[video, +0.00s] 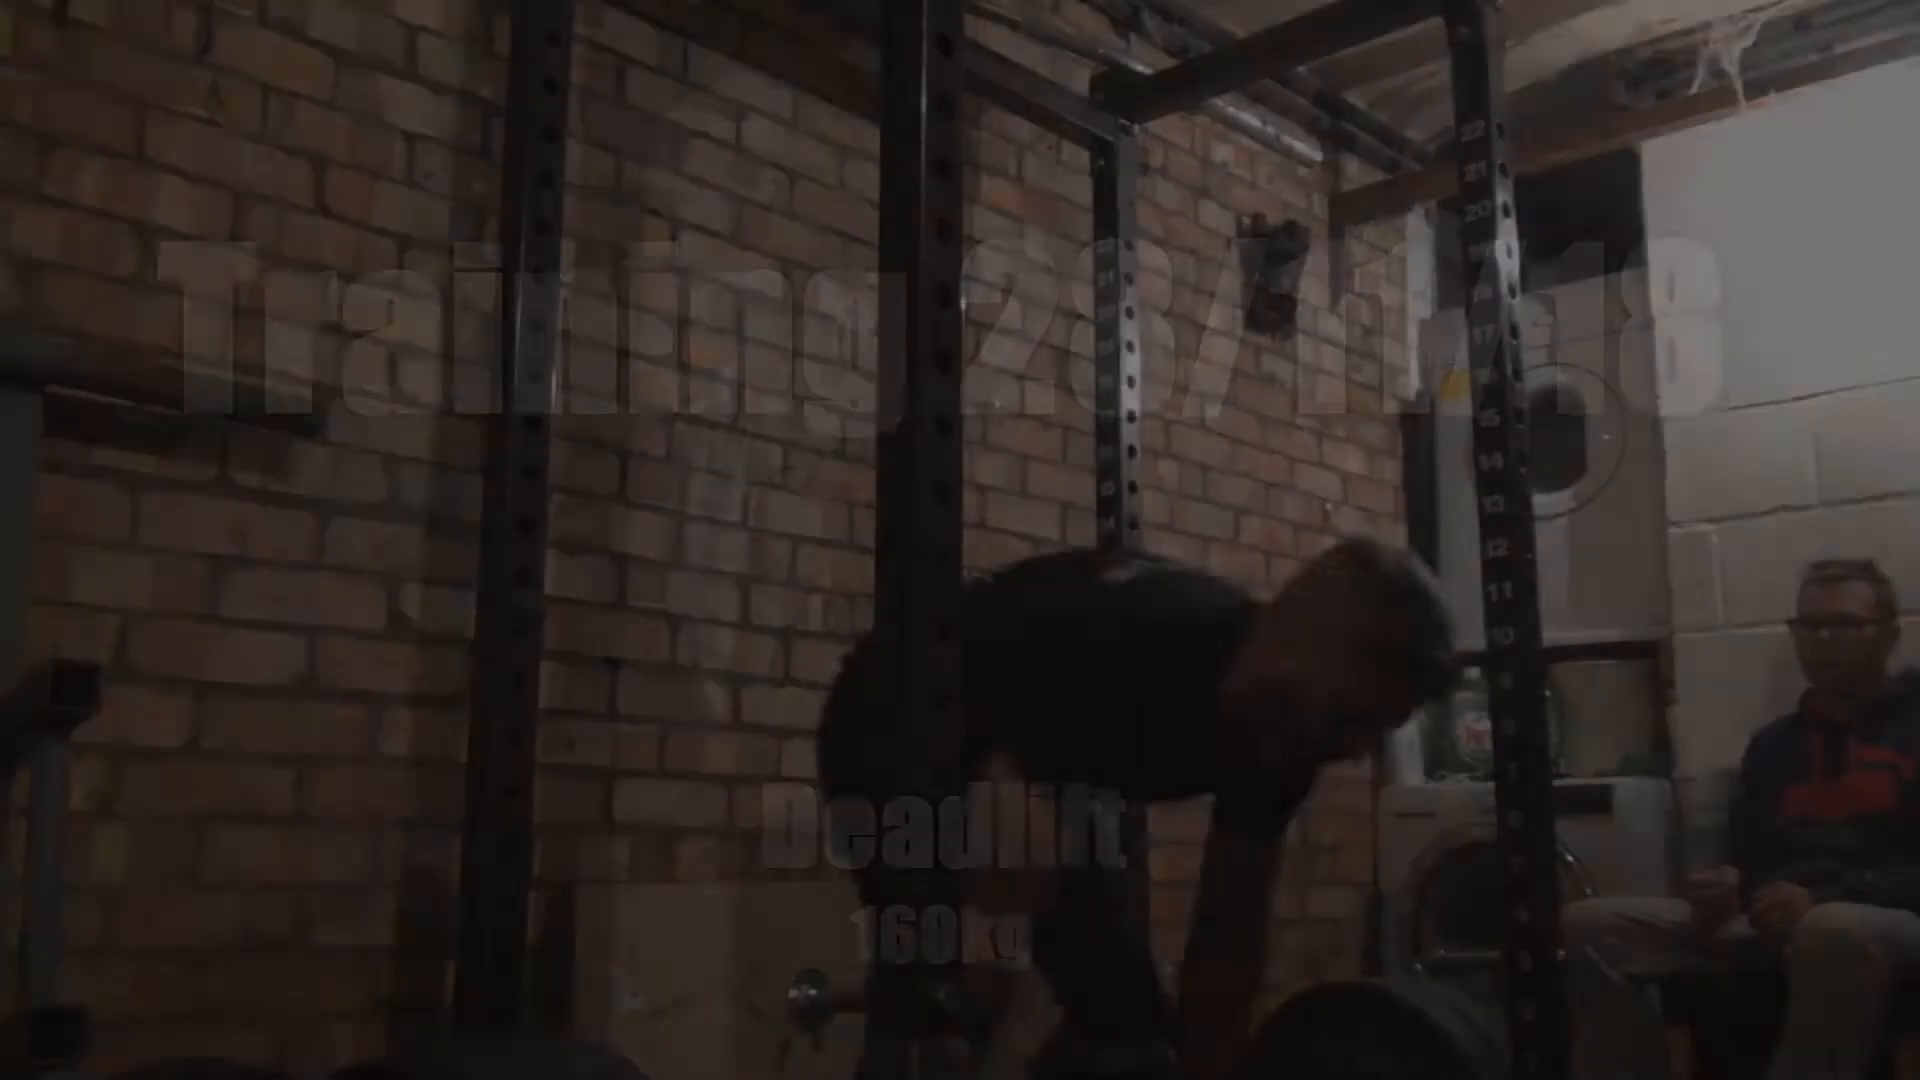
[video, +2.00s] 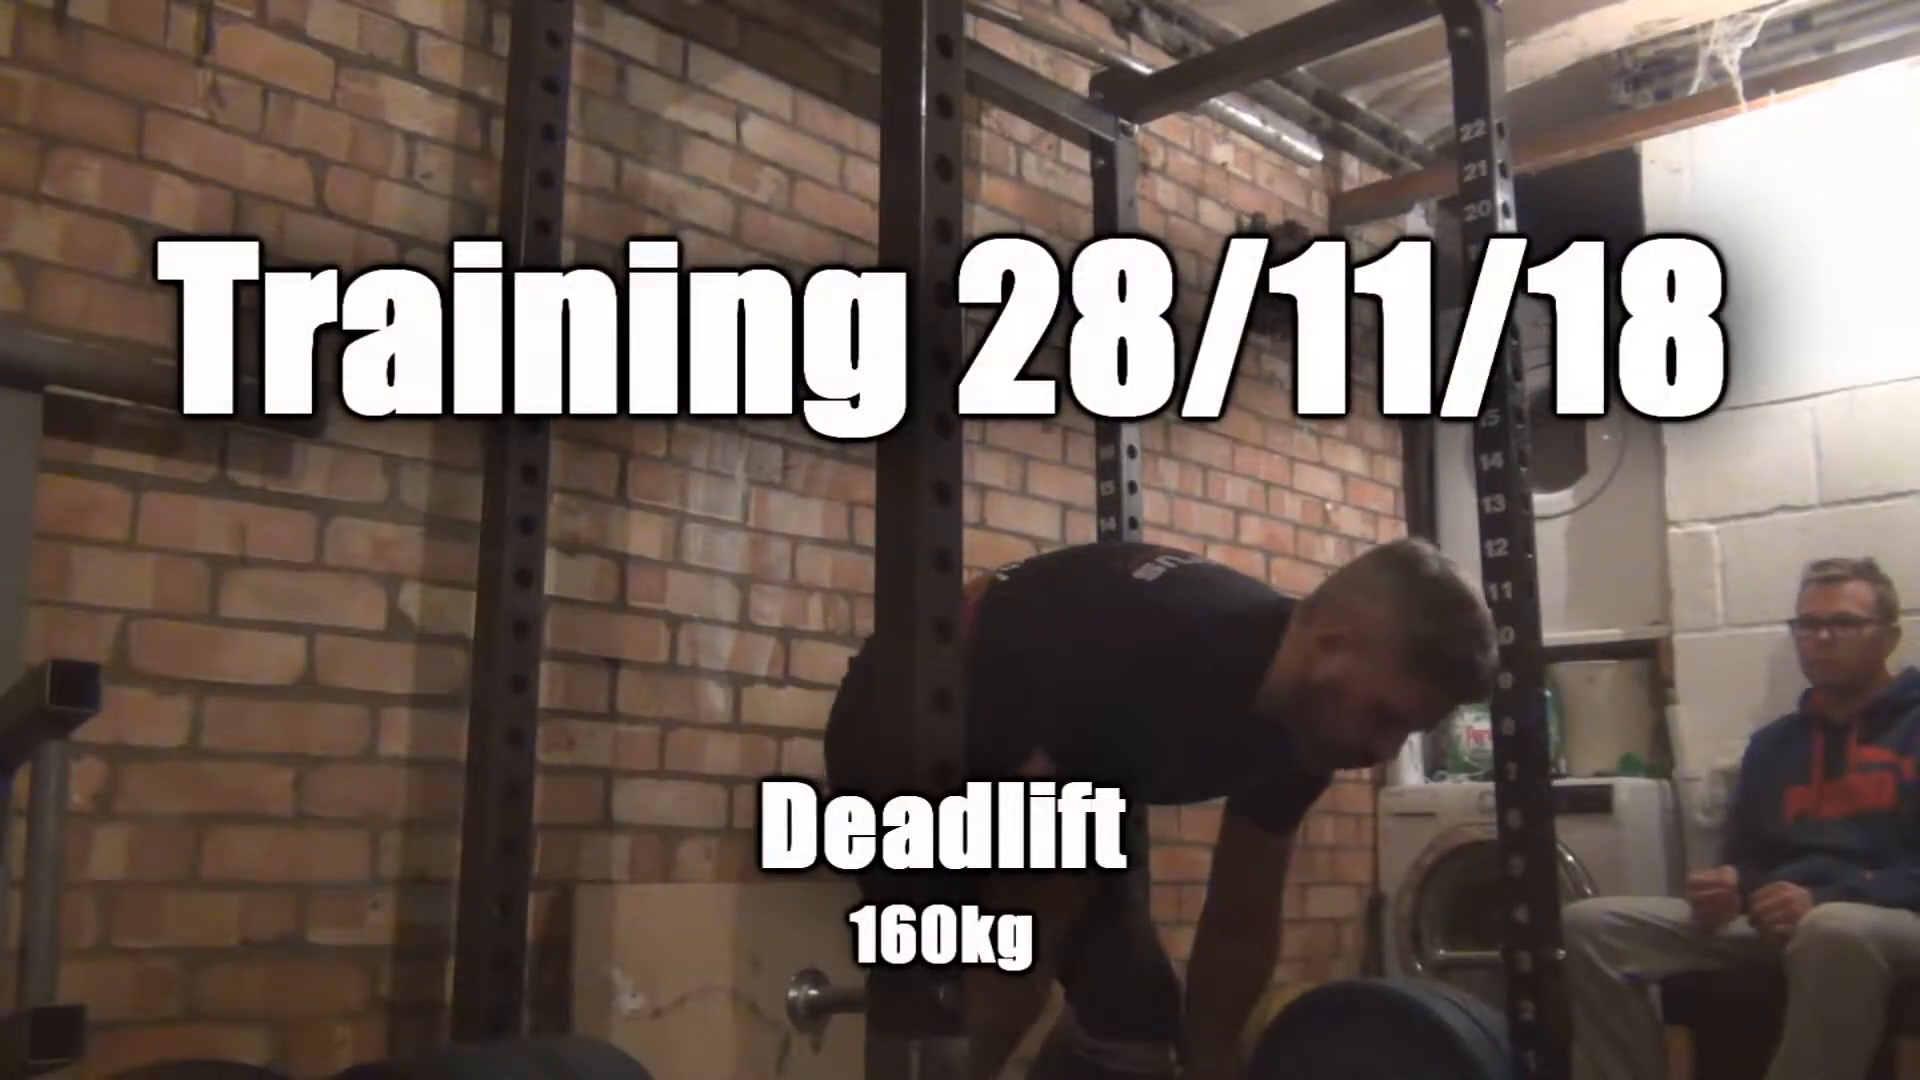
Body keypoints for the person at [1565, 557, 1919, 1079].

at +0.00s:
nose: (1824, 640)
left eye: (1845, 625)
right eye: (1811, 625)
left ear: (1889, 633)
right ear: (1795, 635)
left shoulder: (1912, 723)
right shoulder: (1772, 746)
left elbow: (1910, 874)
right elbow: (1748, 863)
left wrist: (1819, 900)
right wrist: (1727, 894)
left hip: (1893, 917)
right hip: (1774, 920)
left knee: (1831, 936)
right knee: (1589, 927)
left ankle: (1807, 1071)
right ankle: (1629, 1072)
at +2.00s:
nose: (1821, 638)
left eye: (1843, 624)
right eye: (1808, 624)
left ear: (1889, 636)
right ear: (1794, 633)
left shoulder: (1911, 723)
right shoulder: (1772, 744)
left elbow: (1912, 873)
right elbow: (1744, 859)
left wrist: (1820, 900)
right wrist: (1729, 889)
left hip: (1893, 920)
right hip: (1772, 920)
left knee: (1832, 936)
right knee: (1588, 928)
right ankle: (1626, 1073)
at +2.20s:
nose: (1821, 638)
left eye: (1843, 624)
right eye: (1808, 624)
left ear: (1889, 636)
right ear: (1794, 633)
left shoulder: (1911, 723)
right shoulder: (1772, 744)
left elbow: (1912, 873)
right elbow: (1744, 859)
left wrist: (1820, 900)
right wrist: (1728, 889)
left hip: (1893, 920)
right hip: (1772, 920)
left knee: (1832, 936)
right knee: (1588, 928)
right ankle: (1625, 1073)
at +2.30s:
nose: (1821, 638)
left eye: (1843, 624)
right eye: (1808, 624)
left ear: (1889, 636)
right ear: (1794, 633)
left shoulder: (1911, 723)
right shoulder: (1772, 744)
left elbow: (1912, 873)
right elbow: (1744, 859)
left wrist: (1820, 900)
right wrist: (1728, 889)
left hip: (1893, 920)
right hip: (1772, 921)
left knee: (1832, 936)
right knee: (1588, 928)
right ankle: (1625, 1073)